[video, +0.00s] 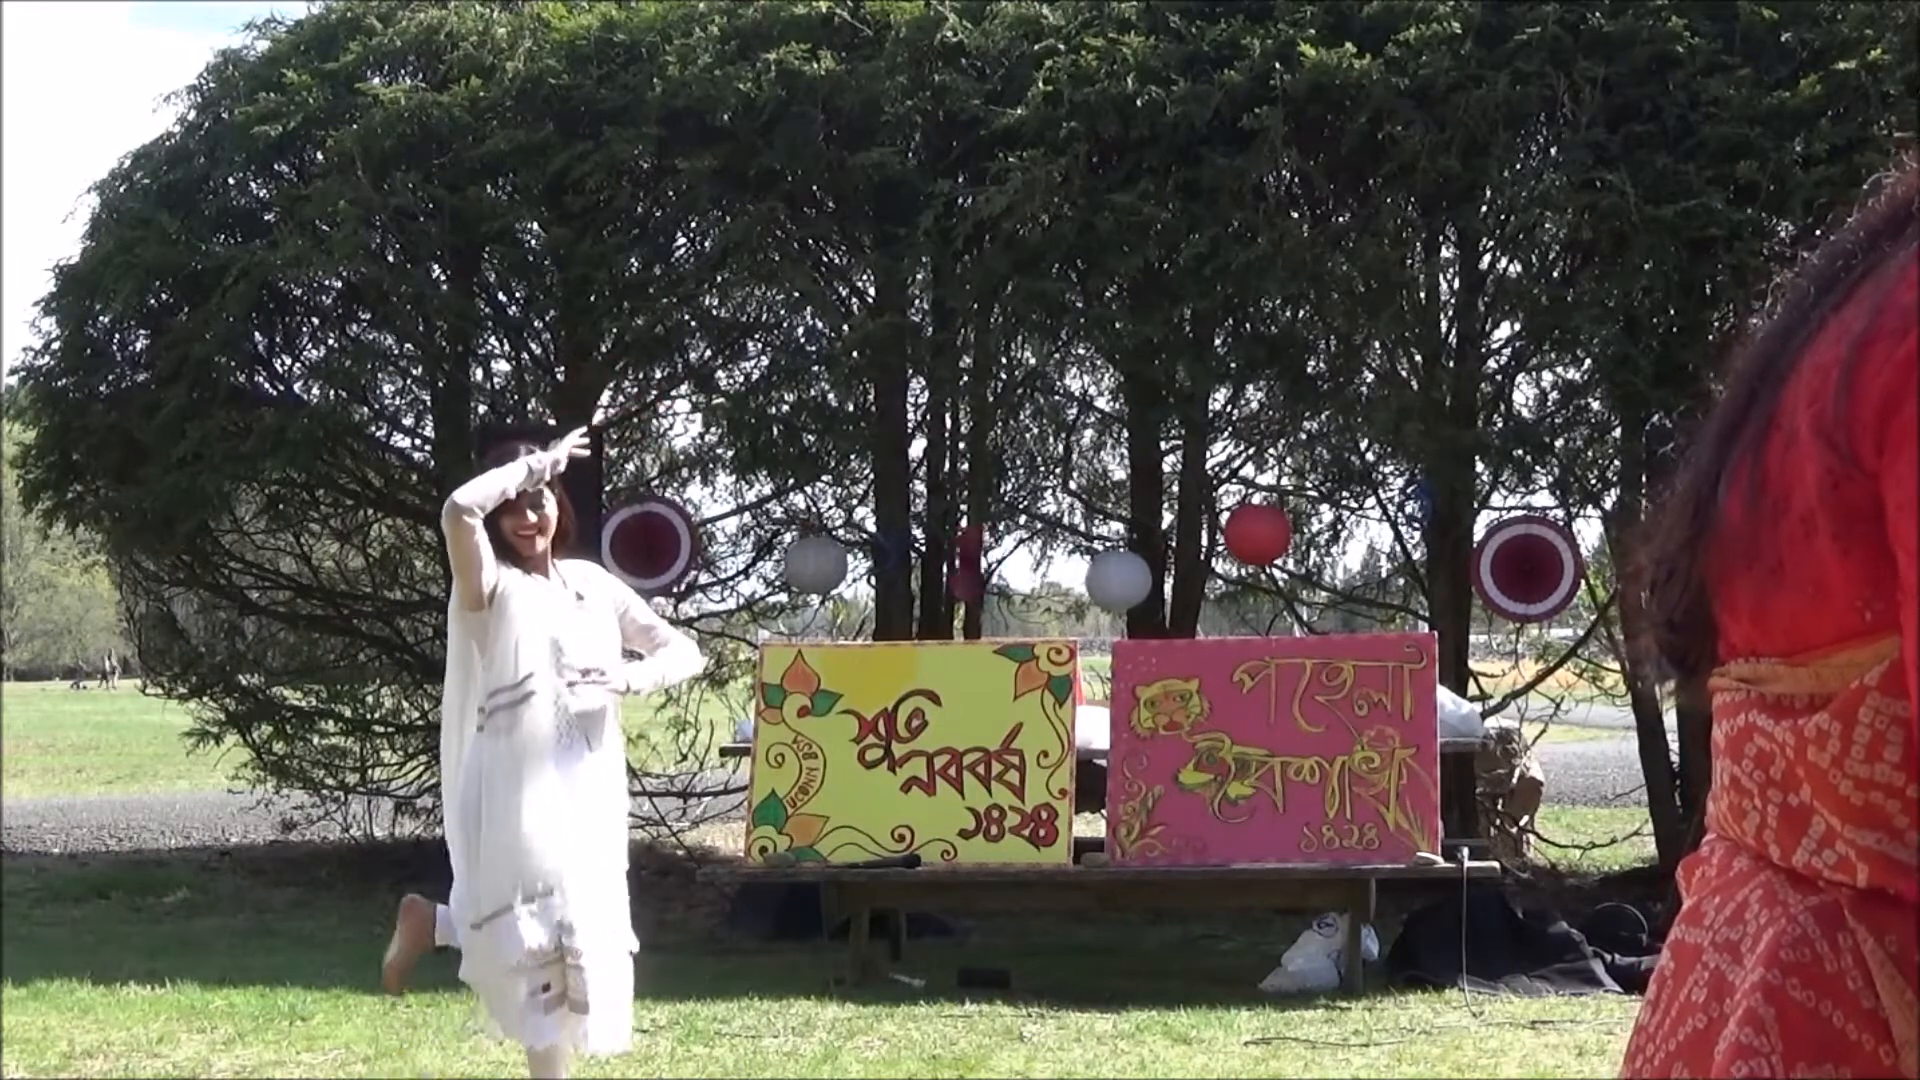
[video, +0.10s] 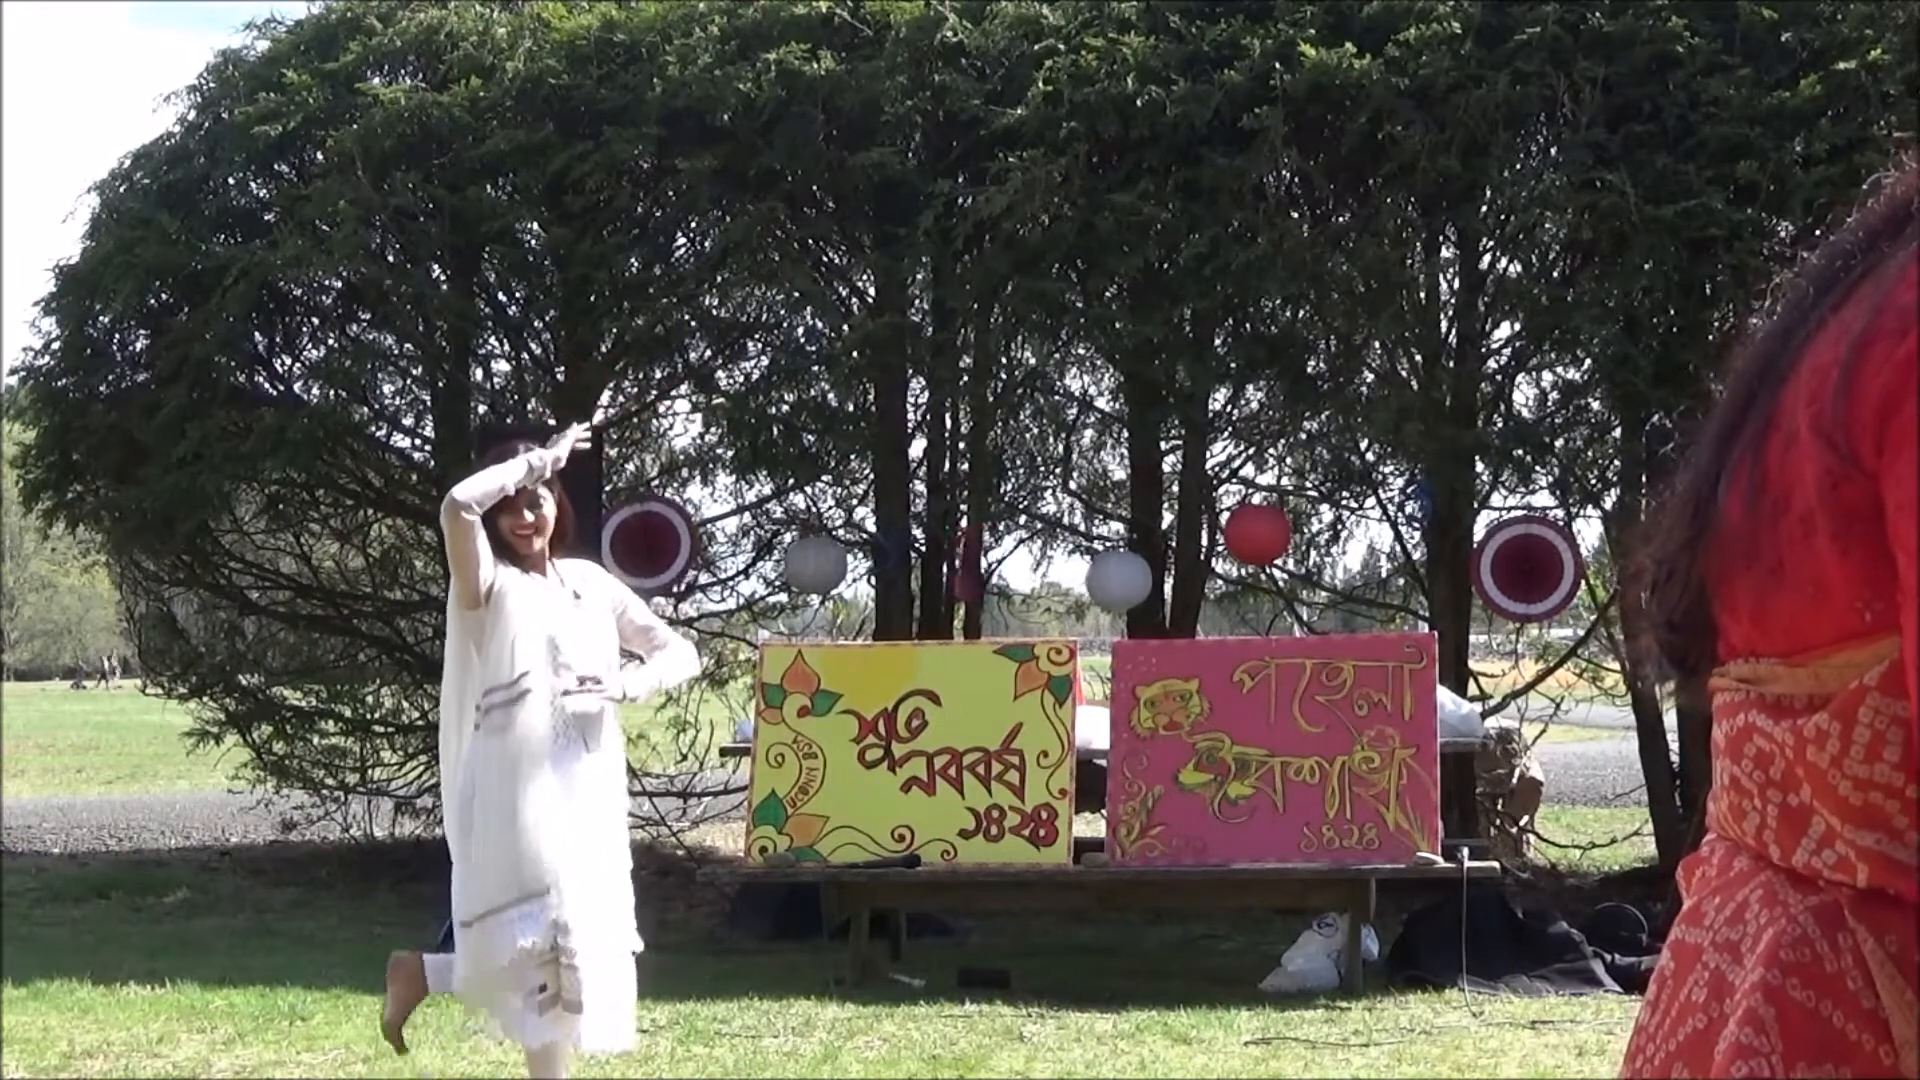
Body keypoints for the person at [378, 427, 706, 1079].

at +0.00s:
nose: (529, 516)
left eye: (540, 500)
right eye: (513, 505)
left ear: (558, 506)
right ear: (493, 518)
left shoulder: (589, 581)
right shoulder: (485, 587)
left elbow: (684, 653)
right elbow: (459, 509)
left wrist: (629, 674)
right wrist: (538, 463)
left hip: (587, 778)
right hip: (511, 777)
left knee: (583, 934)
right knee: (535, 937)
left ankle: (431, 924)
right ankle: (425, 923)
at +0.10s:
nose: (524, 515)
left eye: (536, 499)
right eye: (509, 504)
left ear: (556, 503)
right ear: (490, 516)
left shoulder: (589, 580)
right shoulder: (482, 586)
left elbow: (680, 653)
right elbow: (459, 504)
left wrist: (627, 683)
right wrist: (542, 459)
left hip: (587, 779)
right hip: (510, 780)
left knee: (584, 941)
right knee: (541, 941)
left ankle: (422, 974)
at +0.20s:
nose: (522, 513)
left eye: (533, 497)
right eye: (508, 503)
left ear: (553, 500)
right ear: (489, 516)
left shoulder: (588, 576)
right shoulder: (481, 582)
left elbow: (677, 654)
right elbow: (458, 503)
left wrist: (625, 686)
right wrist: (541, 458)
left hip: (581, 791)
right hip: (508, 790)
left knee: (563, 966)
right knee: (540, 965)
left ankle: (425, 1072)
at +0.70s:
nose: (526, 493)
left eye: (538, 477)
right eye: (512, 480)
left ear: (559, 481)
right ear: (490, 491)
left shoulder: (589, 553)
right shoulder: (485, 558)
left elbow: (674, 632)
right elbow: (471, 470)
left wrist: (628, 673)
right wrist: (576, 433)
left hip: (580, 775)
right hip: (510, 774)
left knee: (513, 952)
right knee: (541, 944)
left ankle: (411, 1071)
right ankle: (544, 1073)